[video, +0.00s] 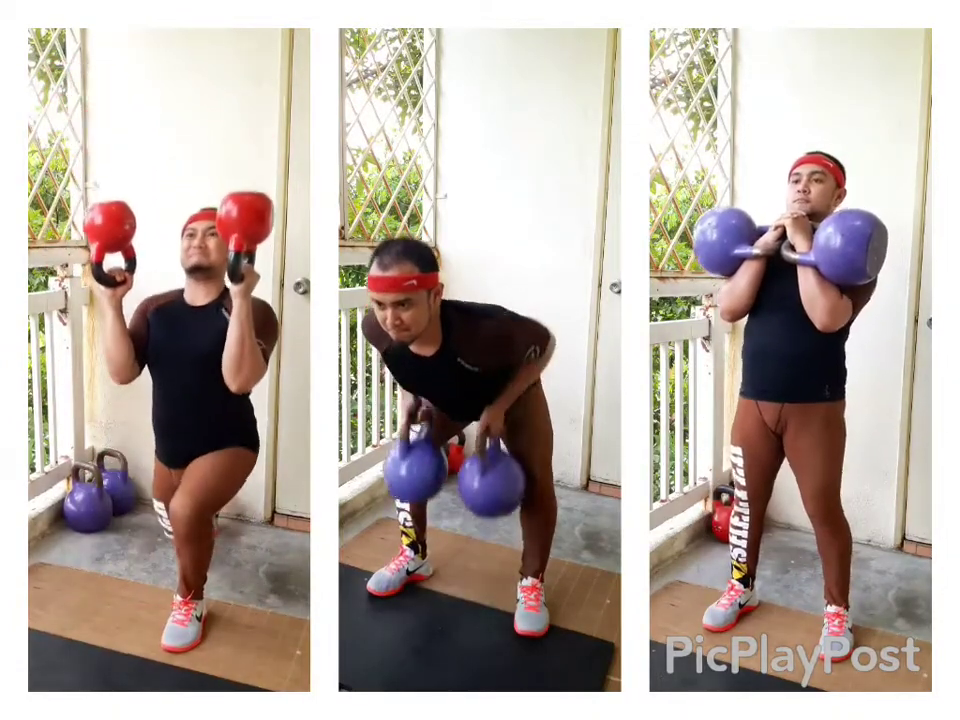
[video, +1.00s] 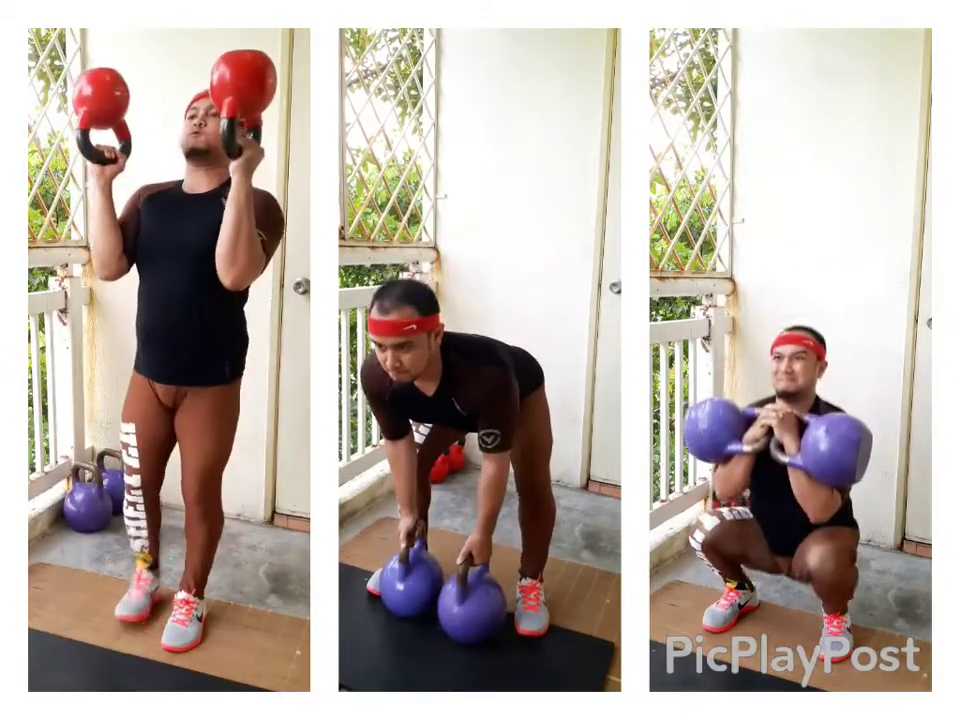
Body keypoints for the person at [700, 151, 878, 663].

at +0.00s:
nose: (801, 187)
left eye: (815, 180)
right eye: (795, 180)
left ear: (840, 195)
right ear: (784, 192)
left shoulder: (848, 255)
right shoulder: (761, 246)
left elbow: (828, 317)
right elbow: (729, 308)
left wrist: (802, 246)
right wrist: (763, 247)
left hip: (814, 406)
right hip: (754, 400)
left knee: (823, 513)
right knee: (748, 502)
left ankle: (836, 610)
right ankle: (740, 586)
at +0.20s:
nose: (795, 190)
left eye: (808, 182)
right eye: (788, 182)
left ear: (832, 195)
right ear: (778, 193)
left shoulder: (846, 257)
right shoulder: (758, 249)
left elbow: (824, 323)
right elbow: (728, 317)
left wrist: (799, 251)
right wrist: (758, 256)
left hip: (824, 412)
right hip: (765, 408)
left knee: (827, 516)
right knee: (738, 499)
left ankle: (836, 612)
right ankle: (739, 586)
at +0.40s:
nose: (789, 238)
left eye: (802, 230)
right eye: (782, 230)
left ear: (825, 241)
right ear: (773, 239)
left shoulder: (840, 302)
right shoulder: (757, 296)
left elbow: (822, 374)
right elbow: (727, 362)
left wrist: (795, 302)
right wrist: (756, 305)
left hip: (830, 438)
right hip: (773, 434)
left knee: (828, 533)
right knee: (727, 510)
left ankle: (835, 613)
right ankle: (740, 587)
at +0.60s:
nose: (787, 297)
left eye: (800, 288)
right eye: (780, 288)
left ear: (821, 299)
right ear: (770, 298)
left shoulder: (836, 356)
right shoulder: (753, 352)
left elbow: (821, 436)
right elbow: (726, 421)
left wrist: (793, 367)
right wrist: (753, 371)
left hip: (832, 472)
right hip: (775, 469)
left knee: (827, 545)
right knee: (718, 521)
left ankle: (836, 616)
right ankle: (740, 588)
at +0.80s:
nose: (786, 347)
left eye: (798, 338)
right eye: (778, 338)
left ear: (821, 347)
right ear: (770, 346)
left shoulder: (834, 405)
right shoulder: (753, 397)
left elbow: (822, 488)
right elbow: (725, 471)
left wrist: (792, 418)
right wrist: (755, 417)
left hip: (827, 515)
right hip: (772, 512)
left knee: (827, 554)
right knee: (715, 531)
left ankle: (835, 616)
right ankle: (740, 590)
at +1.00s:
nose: (786, 367)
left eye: (799, 358)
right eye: (779, 358)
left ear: (821, 367)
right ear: (771, 365)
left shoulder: (834, 424)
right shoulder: (751, 416)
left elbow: (820, 510)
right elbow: (724, 493)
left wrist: (792, 443)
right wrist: (749, 444)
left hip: (819, 540)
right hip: (766, 535)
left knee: (826, 559)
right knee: (713, 538)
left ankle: (835, 618)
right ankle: (740, 591)